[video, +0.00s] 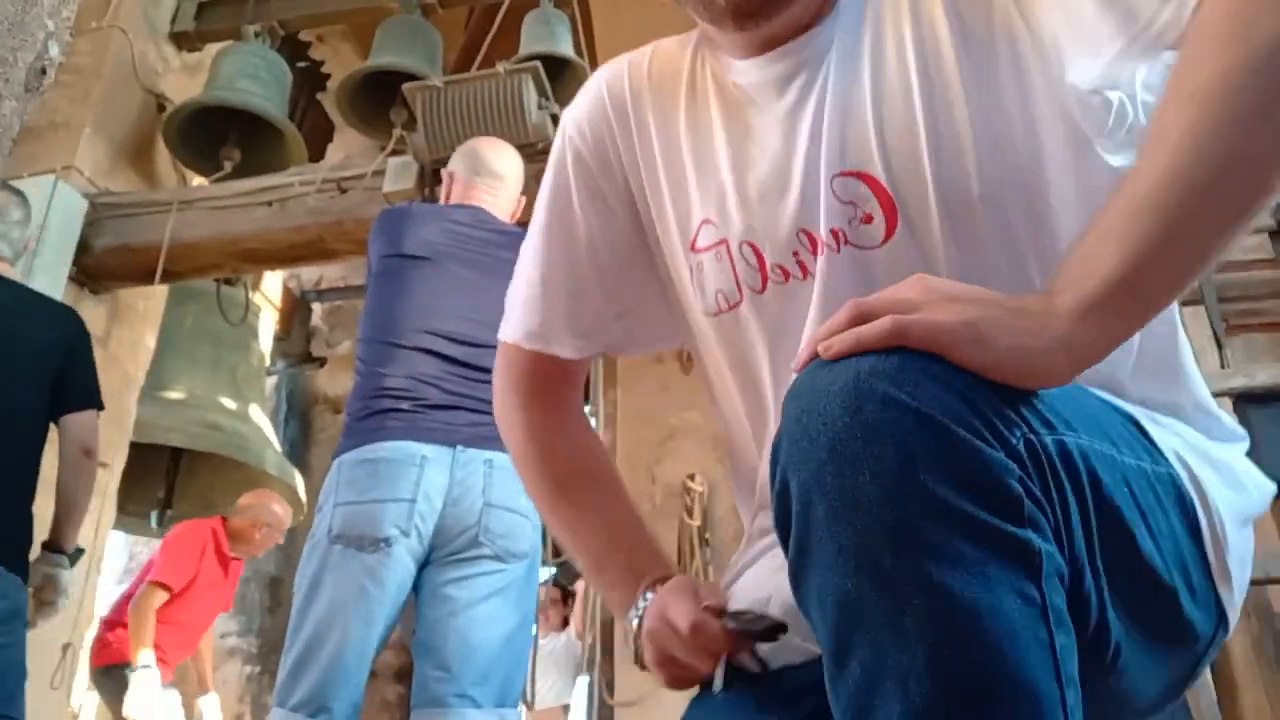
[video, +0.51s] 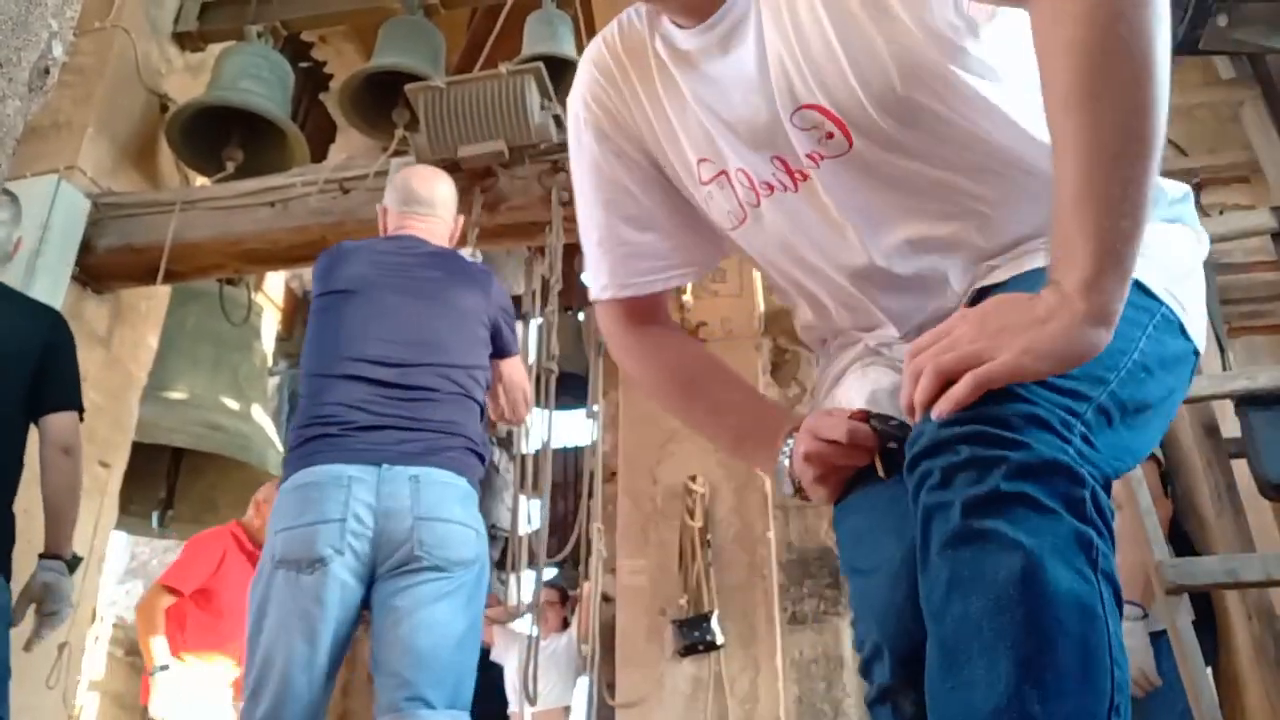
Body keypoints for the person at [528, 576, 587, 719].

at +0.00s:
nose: (544, 608)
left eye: (552, 602)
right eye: (540, 601)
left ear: (566, 609)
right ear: (532, 605)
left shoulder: (569, 640)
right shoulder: (523, 641)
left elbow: (582, 586)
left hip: (556, 713)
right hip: (525, 713)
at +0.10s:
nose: (544, 609)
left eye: (552, 602)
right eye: (540, 603)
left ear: (566, 607)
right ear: (533, 607)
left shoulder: (569, 639)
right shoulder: (526, 642)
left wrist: (583, 591)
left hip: (553, 713)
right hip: (523, 714)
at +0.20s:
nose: (546, 609)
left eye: (554, 603)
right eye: (542, 603)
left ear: (567, 608)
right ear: (533, 606)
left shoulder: (570, 640)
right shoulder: (524, 644)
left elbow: (585, 596)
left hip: (554, 713)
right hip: (524, 714)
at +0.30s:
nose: (545, 610)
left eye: (553, 604)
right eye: (541, 604)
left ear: (565, 609)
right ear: (535, 608)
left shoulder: (571, 640)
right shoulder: (524, 645)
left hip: (557, 713)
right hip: (526, 714)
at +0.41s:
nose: (544, 609)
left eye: (551, 604)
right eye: (539, 604)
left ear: (565, 610)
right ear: (534, 608)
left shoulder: (571, 642)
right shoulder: (517, 645)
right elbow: (488, 619)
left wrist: (573, 599)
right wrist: (525, 608)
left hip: (556, 714)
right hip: (520, 715)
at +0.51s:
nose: (542, 608)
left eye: (550, 604)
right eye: (538, 603)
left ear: (565, 609)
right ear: (533, 607)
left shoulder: (571, 641)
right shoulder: (515, 644)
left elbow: (590, 589)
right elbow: (480, 619)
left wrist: (574, 598)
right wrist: (525, 608)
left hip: (557, 715)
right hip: (518, 715)